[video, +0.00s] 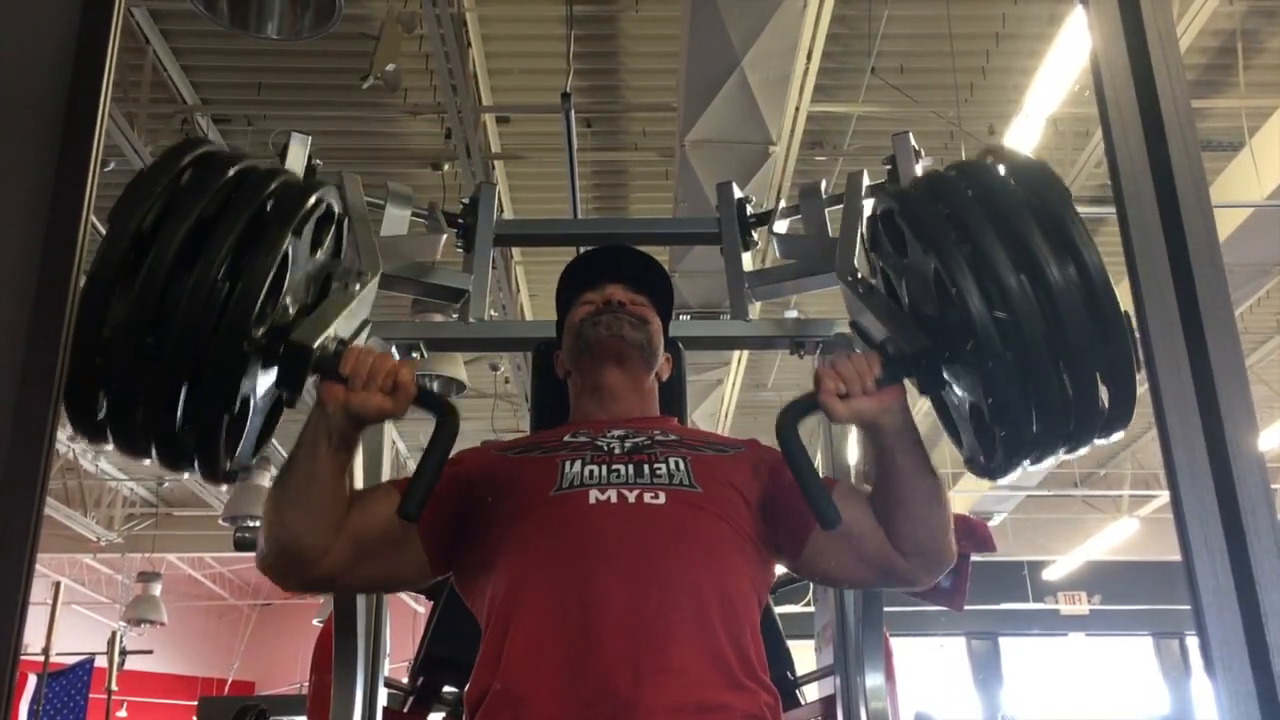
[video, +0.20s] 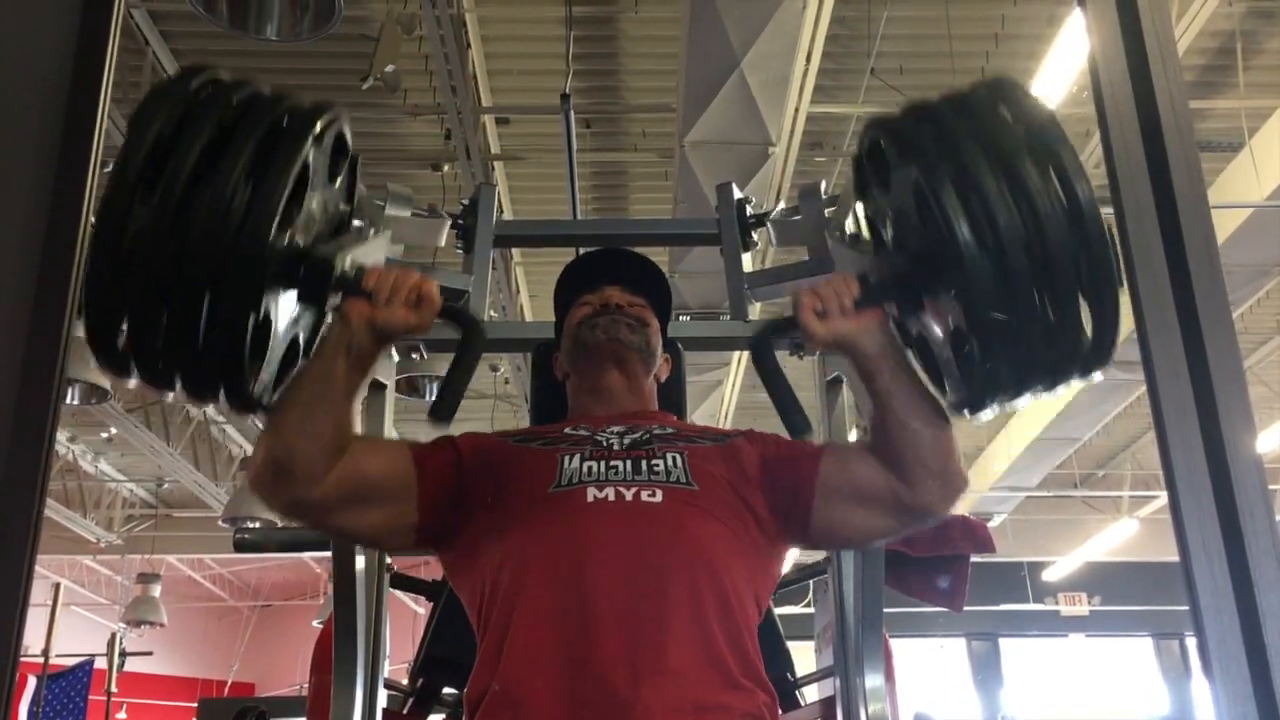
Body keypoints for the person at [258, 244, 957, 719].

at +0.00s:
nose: (616, 306)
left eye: (639, 307)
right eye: (591, 306)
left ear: (670, 360)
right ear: (557, 359)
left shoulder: (748, 465)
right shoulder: (489, 471)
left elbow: (917, 558)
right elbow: (298, 557)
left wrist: (890, 425)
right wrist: (336, 418)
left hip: (724, 705)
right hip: (530, 707)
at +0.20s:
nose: (610, 312)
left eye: (634, 313)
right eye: (586, 313)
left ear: (666, 365)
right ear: (555, 364)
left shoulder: (741, 460)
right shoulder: (487, 467)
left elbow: (925, 486)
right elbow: (293, 479)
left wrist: (867, 342)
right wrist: (358, 336)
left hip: (726, 703)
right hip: (526, 703)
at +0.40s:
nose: (610, 307)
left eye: (635, 307)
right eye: (584, 307)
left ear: (666, 360)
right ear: (554, 362)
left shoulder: (751, 454)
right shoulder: (484, 461)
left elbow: (906, 407)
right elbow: (319, 397)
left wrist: (851, 251)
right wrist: (377, 252)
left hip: (723, 704)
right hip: (527, 704)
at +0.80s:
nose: (609, 316)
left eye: (634, 316)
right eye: (585, 312)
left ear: (666, 369)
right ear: (552, 363)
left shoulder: (754, 453)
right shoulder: (485, 457)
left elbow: (847, 328)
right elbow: (395, 317)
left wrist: (828, 161)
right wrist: (404, 153)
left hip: (728, 705)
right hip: (518, 706)